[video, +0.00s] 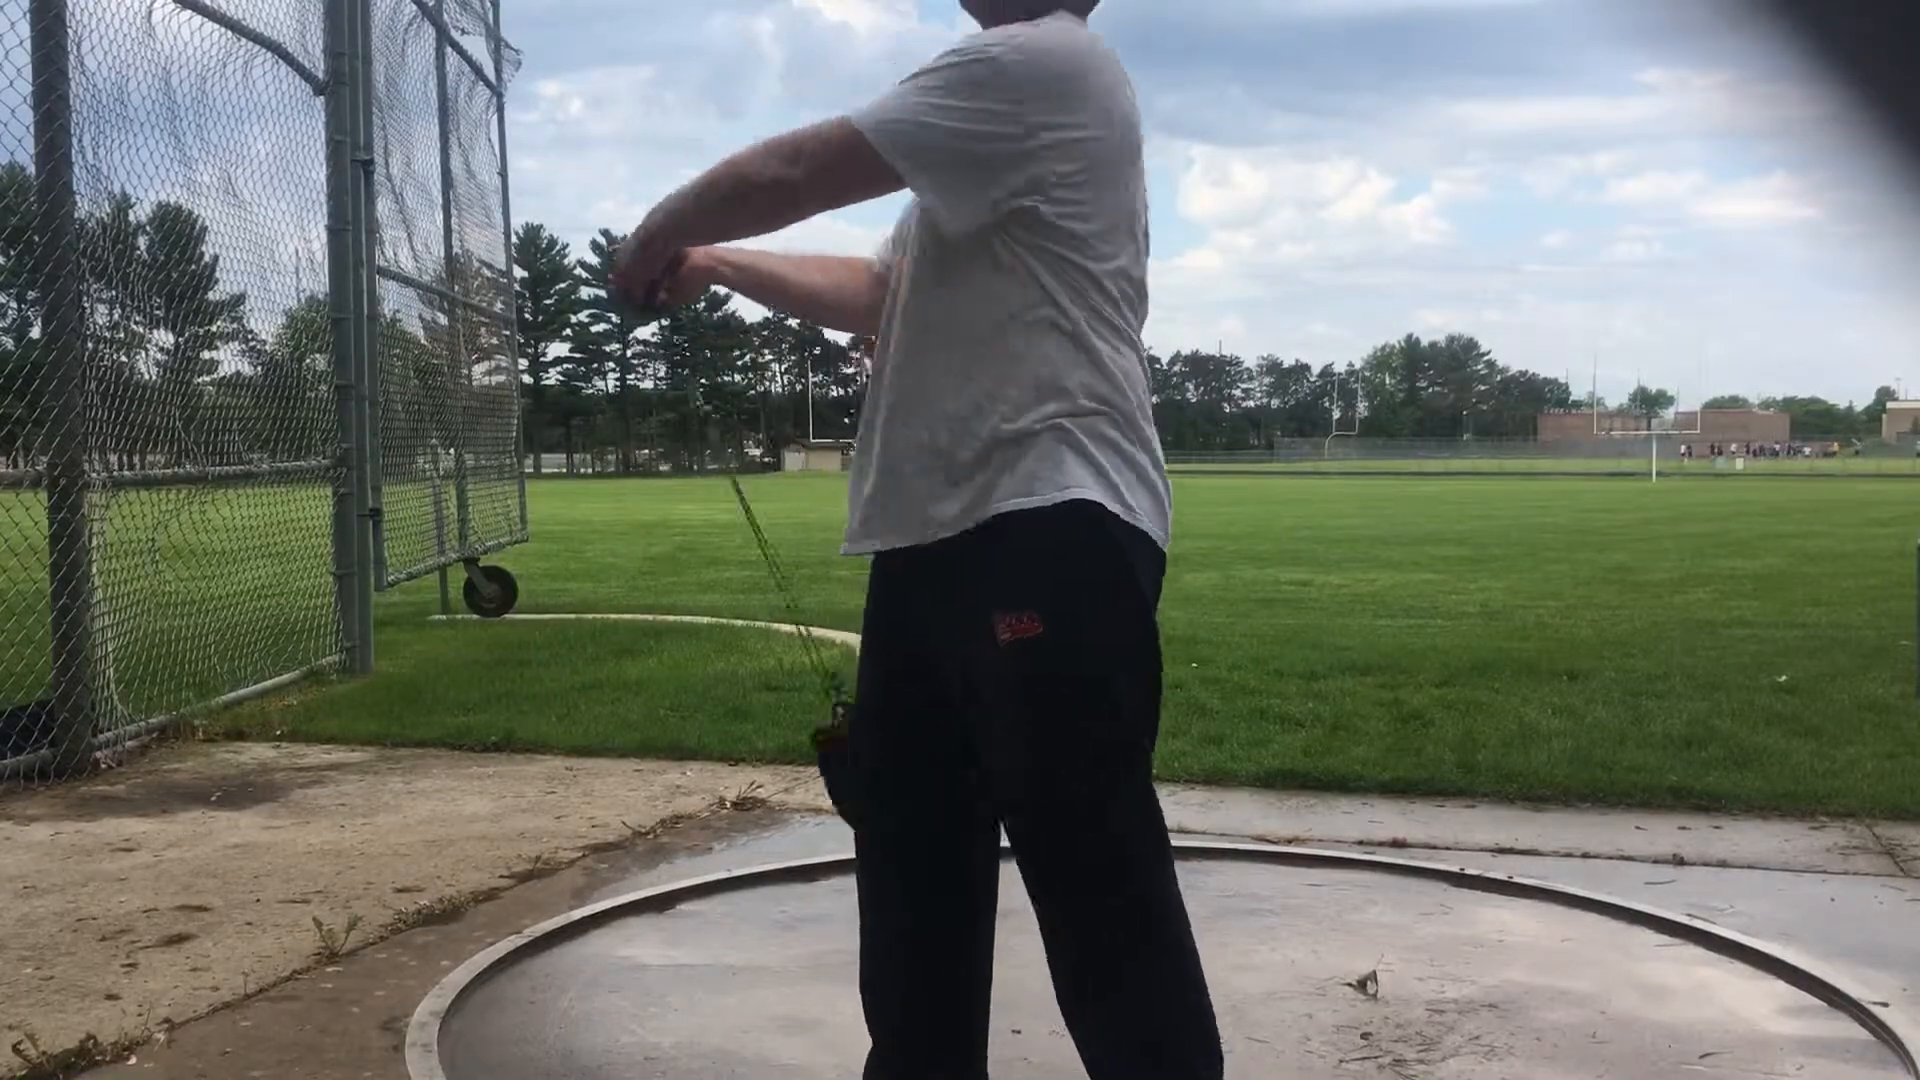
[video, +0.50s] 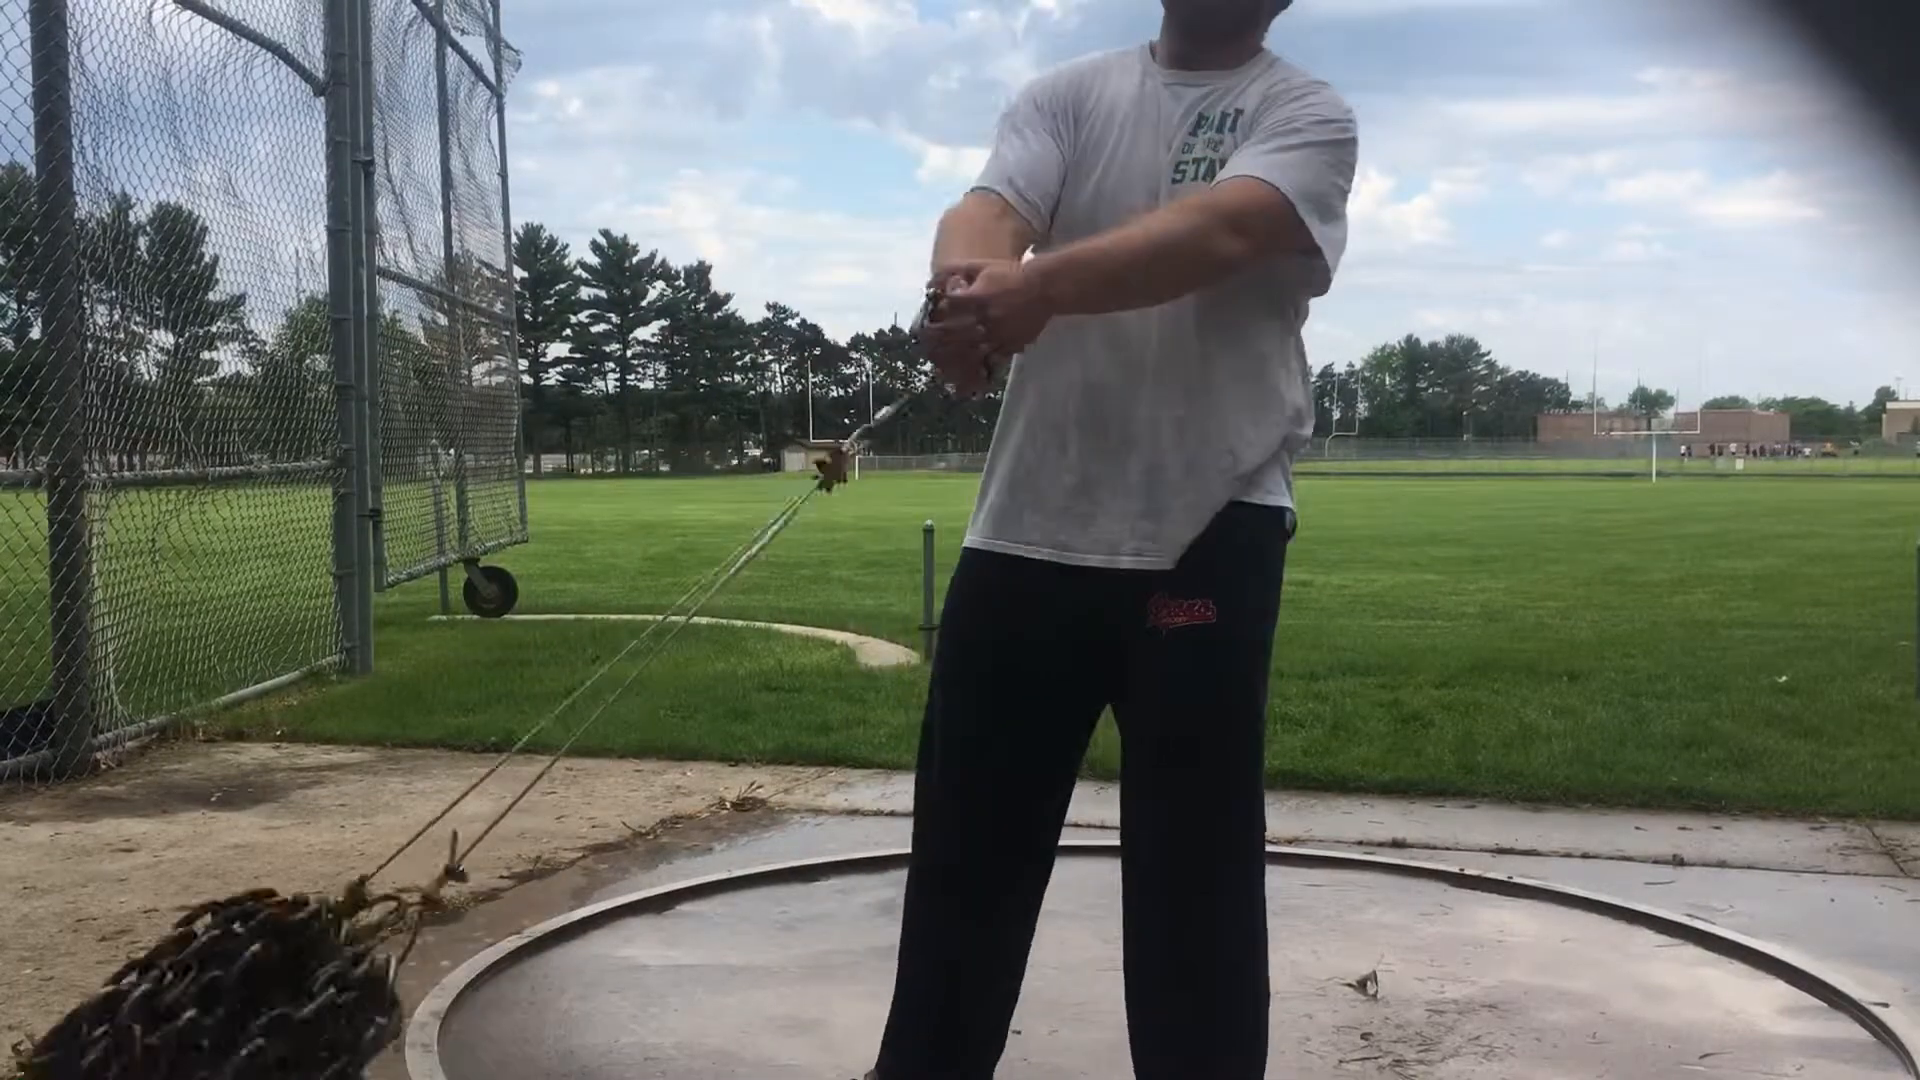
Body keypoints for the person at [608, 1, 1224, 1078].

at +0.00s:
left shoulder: (1047, 58)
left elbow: (800, 166)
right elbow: (885, 295)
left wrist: (661, 230)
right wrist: (714, 260)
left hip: (1050, 515)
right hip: (928, 537)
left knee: (1094, 860)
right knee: (914, 868)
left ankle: (1161, 1061)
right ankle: (921, 1062)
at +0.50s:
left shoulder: (1309, 112)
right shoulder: (1061, 95)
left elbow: (1230, 234)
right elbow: (992, 211)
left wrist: (1038, 291)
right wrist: (967, 305)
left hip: (1210, 532)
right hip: (1032, 524)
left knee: (1194, 880)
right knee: (964, 866)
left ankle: (1200, 1076)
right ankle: (924, 1071)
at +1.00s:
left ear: (1184, 6)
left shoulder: (1186, 130)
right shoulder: (983, 73)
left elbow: (1038, 179)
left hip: (1103, 530)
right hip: (937, 520)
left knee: (1157, 900)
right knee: (916, 899)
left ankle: (1186, 1068)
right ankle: (932, 1071)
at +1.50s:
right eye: (1068, 26)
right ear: (1057, 21)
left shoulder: (903, 29)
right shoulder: (1061, 147)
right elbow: (1026, 292)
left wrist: (1024, 62)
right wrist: (1028, 77)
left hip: (888, 467)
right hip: (989, 491)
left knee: (946, 822)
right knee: (916, 825)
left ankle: (1148, 1066)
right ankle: (936, 1061)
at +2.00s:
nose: (960, 13)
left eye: (970, 3)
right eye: (965, 6)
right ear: (1087, 7)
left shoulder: (990, 66)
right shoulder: (1117, 110)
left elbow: (814, 241)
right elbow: (980, 324)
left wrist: (750, 329)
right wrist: (788, 352)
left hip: (1041, 523)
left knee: (1061, 862)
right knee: (947, 859)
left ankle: (1141, 1064)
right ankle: (940, 1064)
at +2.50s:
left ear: (1234, 8)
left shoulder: (1247, 145)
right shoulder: (1031, 106)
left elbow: (1121, 293)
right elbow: (918, 212)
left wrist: (903, 339)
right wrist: (834, 302)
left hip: (1160, 540)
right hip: (987, 516)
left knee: (1160, 872)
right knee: (849, 770)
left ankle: (1179, 1072)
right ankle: (842, 1056)